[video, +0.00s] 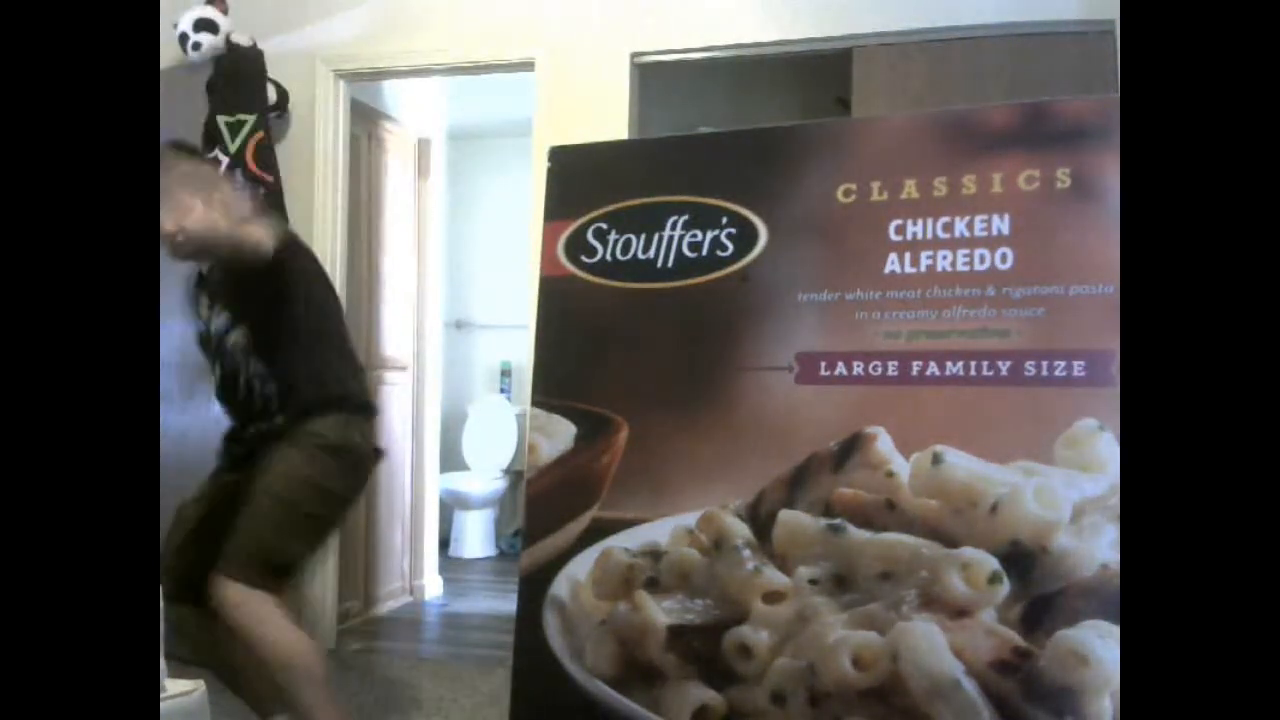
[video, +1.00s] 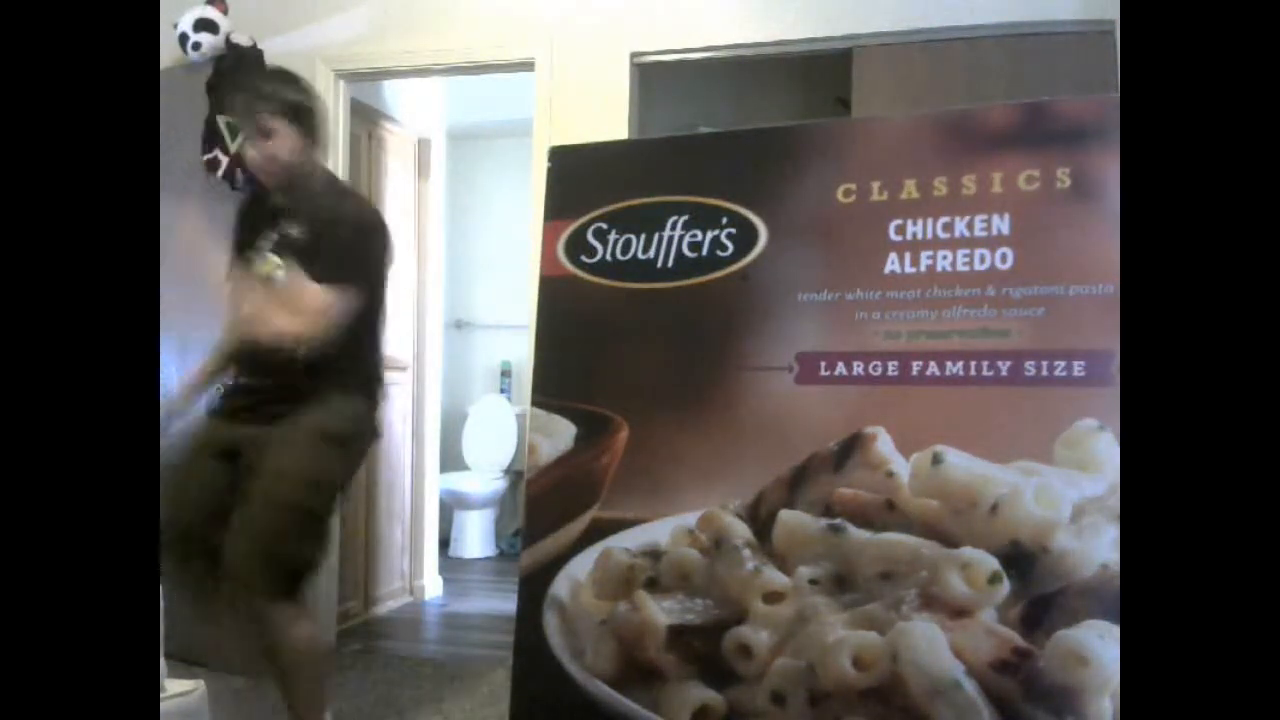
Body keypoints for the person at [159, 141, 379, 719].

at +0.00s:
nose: (168, 230)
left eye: (176, 210)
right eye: (163, 215)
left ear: (218, 196)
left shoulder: (268, 243)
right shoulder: (208, 280)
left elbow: (260, 242)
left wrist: (215, 226)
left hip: (328, 432)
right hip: (259, 439)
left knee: (242, 586)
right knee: (187, 583)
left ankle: (324, 712)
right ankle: (280, 708)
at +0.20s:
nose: (166, 213)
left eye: (173, 194)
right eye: (162, 198)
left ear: (208, 182)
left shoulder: (261, 214)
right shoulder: (232, 255)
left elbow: (262, 263)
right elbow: (269, 370)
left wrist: (175, 315)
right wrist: (202, 408)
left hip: (318, 400)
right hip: (296, 405)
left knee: (206, 555)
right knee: (235, 567)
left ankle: (244, 708)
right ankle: (280, 704)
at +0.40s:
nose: (186, 169)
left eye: (198, 152)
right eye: (181, 156)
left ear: (246, 145)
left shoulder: (286, 189)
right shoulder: (255, 221)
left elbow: (287, 225)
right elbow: (266, 339)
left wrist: (217, 265)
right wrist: (183, 359)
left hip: (313, 380)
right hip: (308, 385)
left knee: (199, 537)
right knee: (263, 554)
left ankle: (229, 705)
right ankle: (289, 707)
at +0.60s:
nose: (192, 164)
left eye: (204, 147)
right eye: (186, 151)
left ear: (250, 143)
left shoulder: (287, 186)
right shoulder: (256, 218)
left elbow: (299, 218)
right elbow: (263, 334)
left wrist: (230, 259)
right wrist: (176, 347)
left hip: (319, 381)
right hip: (302, 385)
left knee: (209, 543)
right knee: (268, 558)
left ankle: (244, 706)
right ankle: (289, 706)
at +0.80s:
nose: (201, 154)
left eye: (214, 138)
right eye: (195, 140)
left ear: (257, 134)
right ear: (191, 139)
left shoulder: (301, 189)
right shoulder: (244, 215)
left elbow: (323, 242)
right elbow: (236, 317)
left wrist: (251, 300)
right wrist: (175, 324)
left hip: (327, 386)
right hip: (284, 389)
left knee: (221, 541)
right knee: (258, 553)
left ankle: (297, 697)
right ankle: (260, 692)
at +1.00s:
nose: (247, 153)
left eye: (259, 135)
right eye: (241, 138)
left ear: (298, 131)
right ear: (245, 143)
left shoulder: (351, 218)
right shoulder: (259, 210)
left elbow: (307, 328)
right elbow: (244, 316)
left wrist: (247, 290)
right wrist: (195, 385)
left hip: (327, 406)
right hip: (251, 399)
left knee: (262, 557)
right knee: (182, 527)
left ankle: (310, 707)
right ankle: (276, 669)